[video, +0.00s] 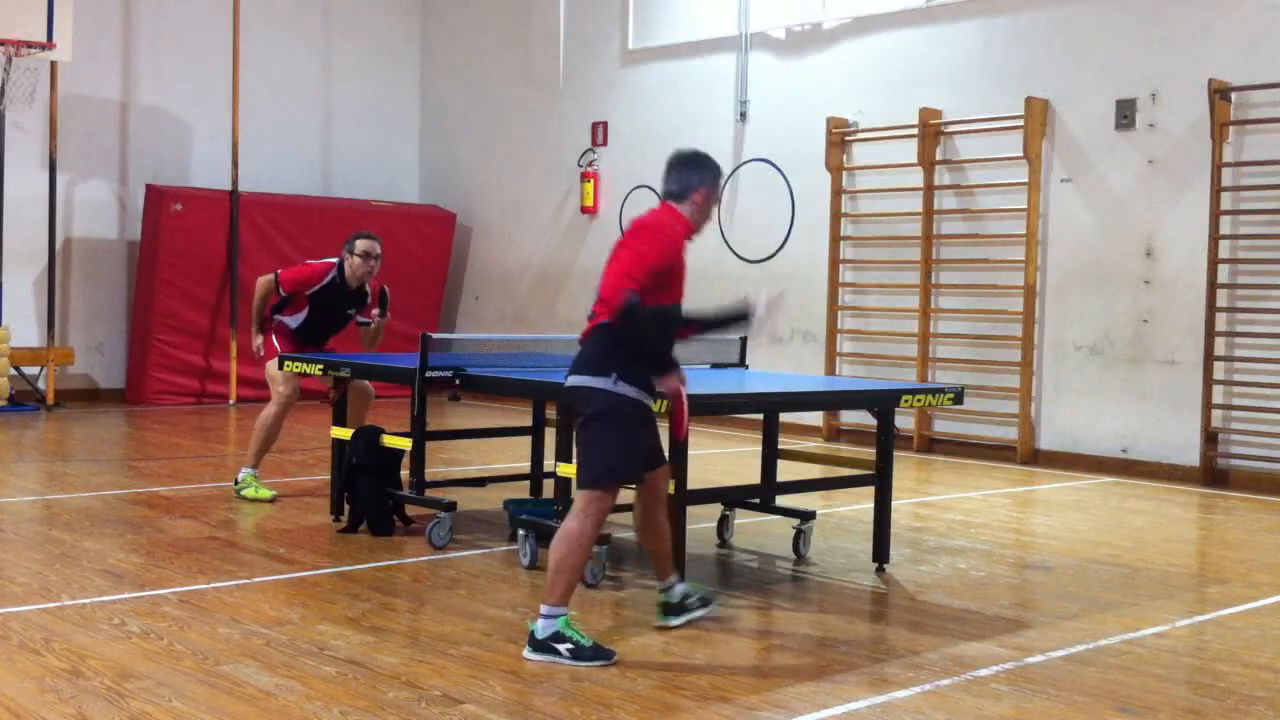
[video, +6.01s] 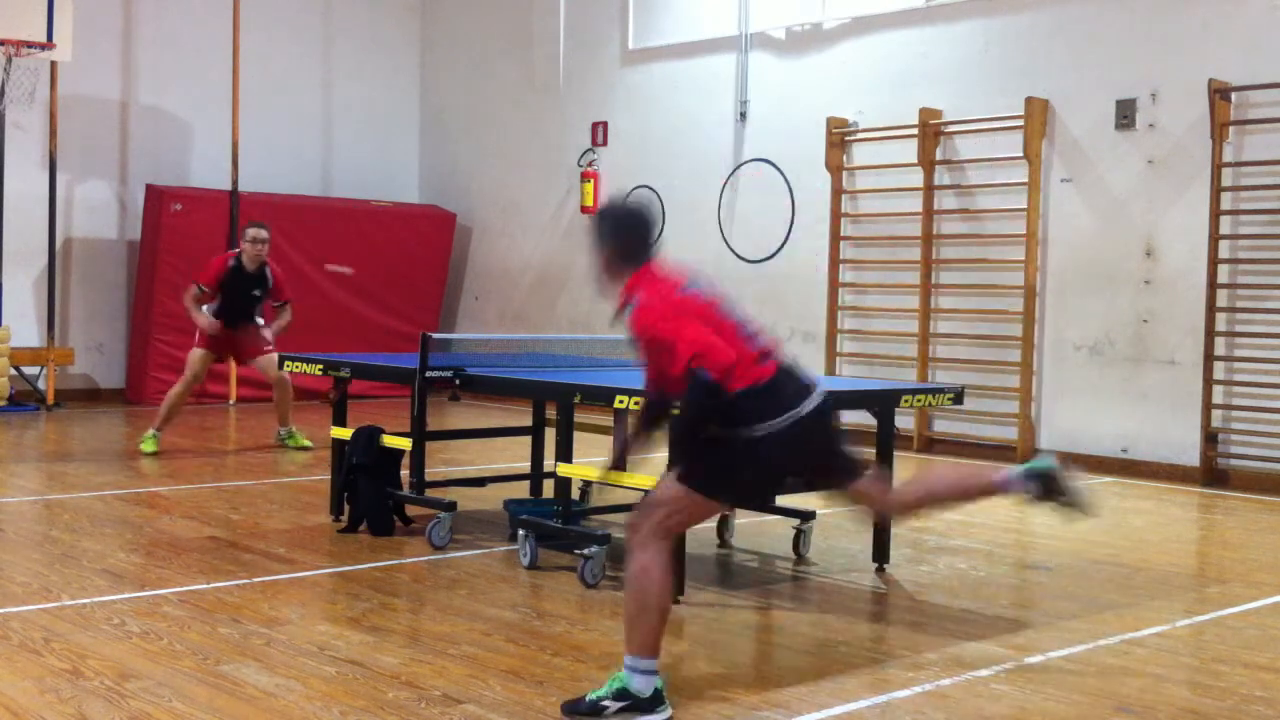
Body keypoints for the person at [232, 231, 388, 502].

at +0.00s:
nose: (372, 264)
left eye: (376, 259)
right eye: (365, 257)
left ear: (380, 262)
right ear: (347, 256)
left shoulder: (367, 292)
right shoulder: (320, 272)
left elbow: (369, 344)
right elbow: (264, 284)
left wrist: (378, 325)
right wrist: (257, 330)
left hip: (315, 344)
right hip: (281, 334)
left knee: (362, 392)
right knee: (286, 393)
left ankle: (349, 471)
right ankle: (247, 475)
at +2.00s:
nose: (331, 221)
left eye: (335, 215)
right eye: (324, 214)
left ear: (338, 217)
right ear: (305, 214)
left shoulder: (329, 252)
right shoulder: (279, 238)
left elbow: (341, 287)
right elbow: (228, 266)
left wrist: (368, 308)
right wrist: (266, 274)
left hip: (307, 331)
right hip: (263, 330)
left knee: (354, 387)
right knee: (238, 405)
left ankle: (333, 462)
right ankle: (208, 452)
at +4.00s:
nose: (307, 238)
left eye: (313, 232)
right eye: (301, 231)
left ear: (320, 234)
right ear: (287, 232)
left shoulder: (329, 265)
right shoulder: (274, 261)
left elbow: (346, 320)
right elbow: (247, 281)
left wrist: (318, 336)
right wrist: (220, 302)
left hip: (327, 343)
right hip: (284, 340)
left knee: (368, 401)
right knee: (244, 395)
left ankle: (421, 462)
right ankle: (242, 466)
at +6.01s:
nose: (259, 247)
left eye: (264, 243)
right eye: (253, 242)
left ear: (269, 246)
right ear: (242, 244)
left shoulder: (271, 273)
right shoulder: (223, 265)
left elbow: (286, 312)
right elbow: (191, 298)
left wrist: (270, 331)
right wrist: (201, 319)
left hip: (248, 330)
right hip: (216, 327)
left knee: (281, 378)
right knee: (192, 377)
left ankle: (286, 432)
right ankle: (154, 432)